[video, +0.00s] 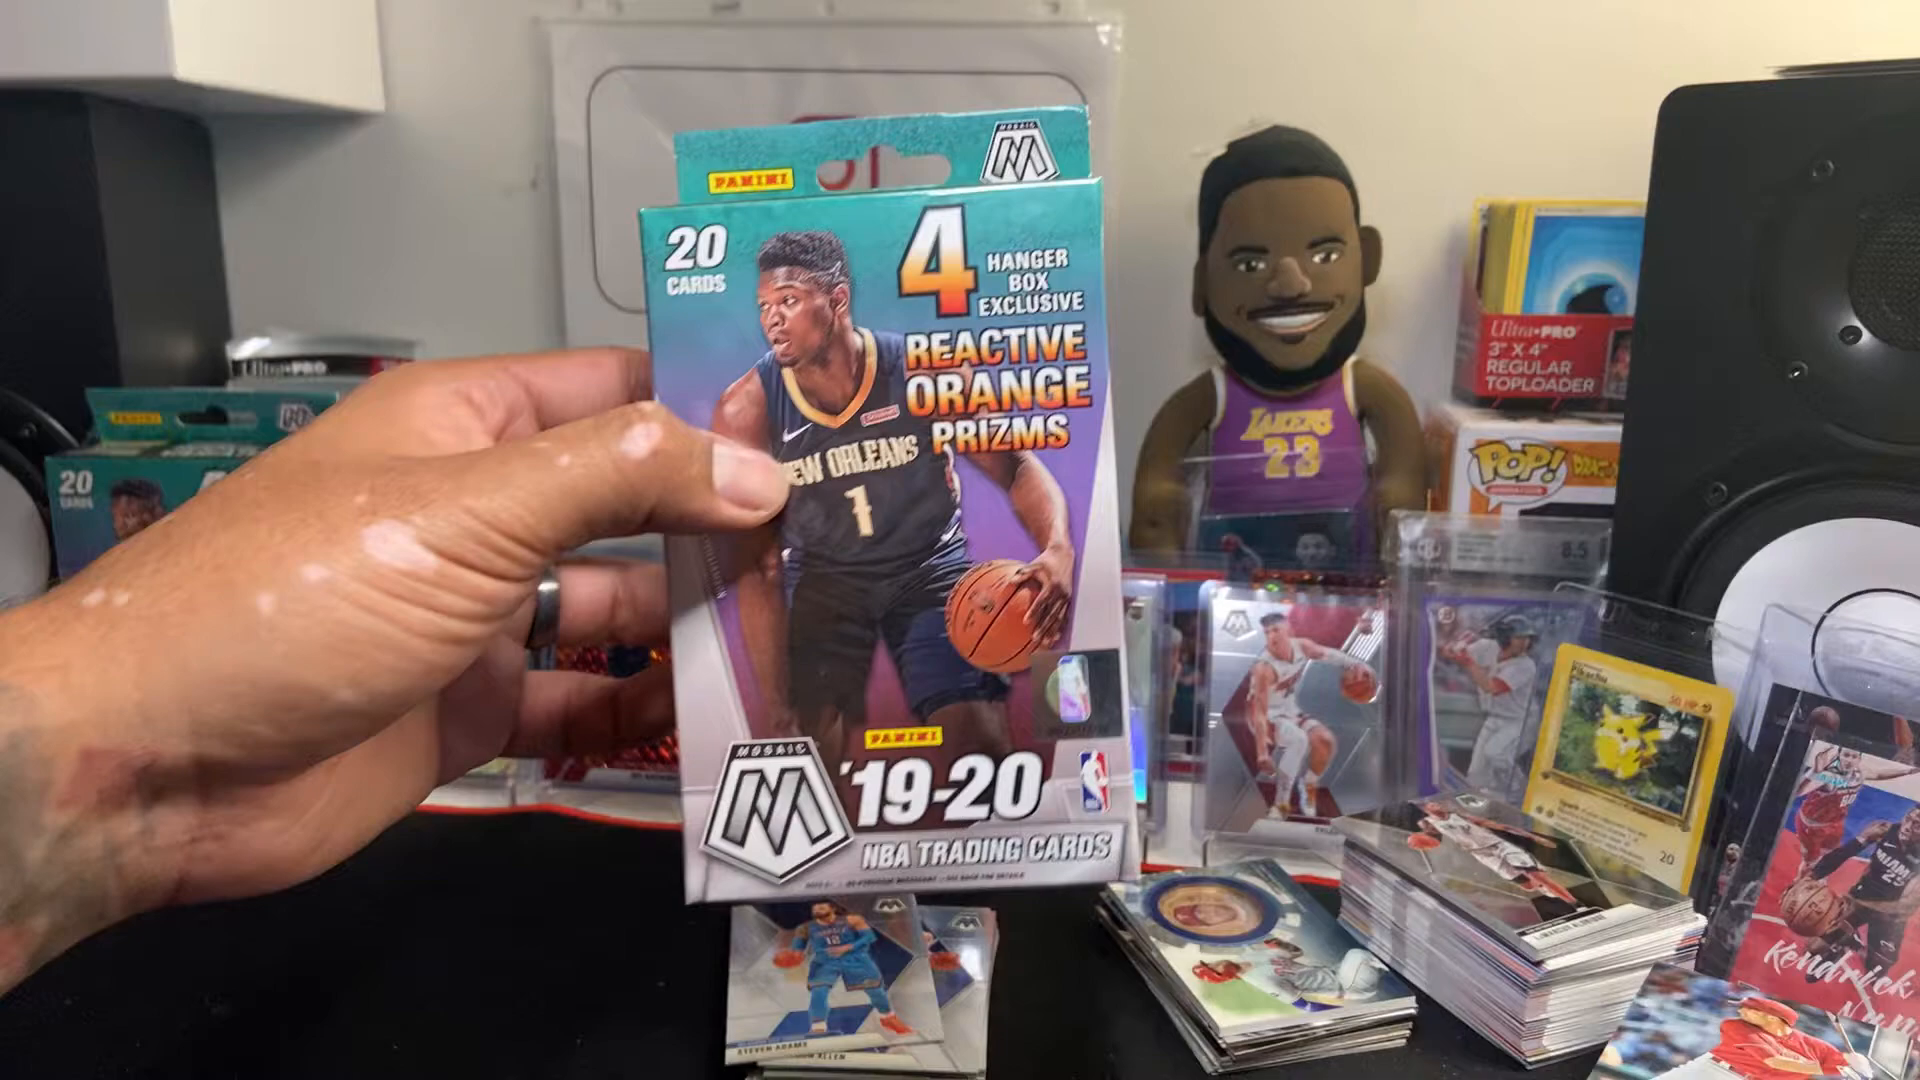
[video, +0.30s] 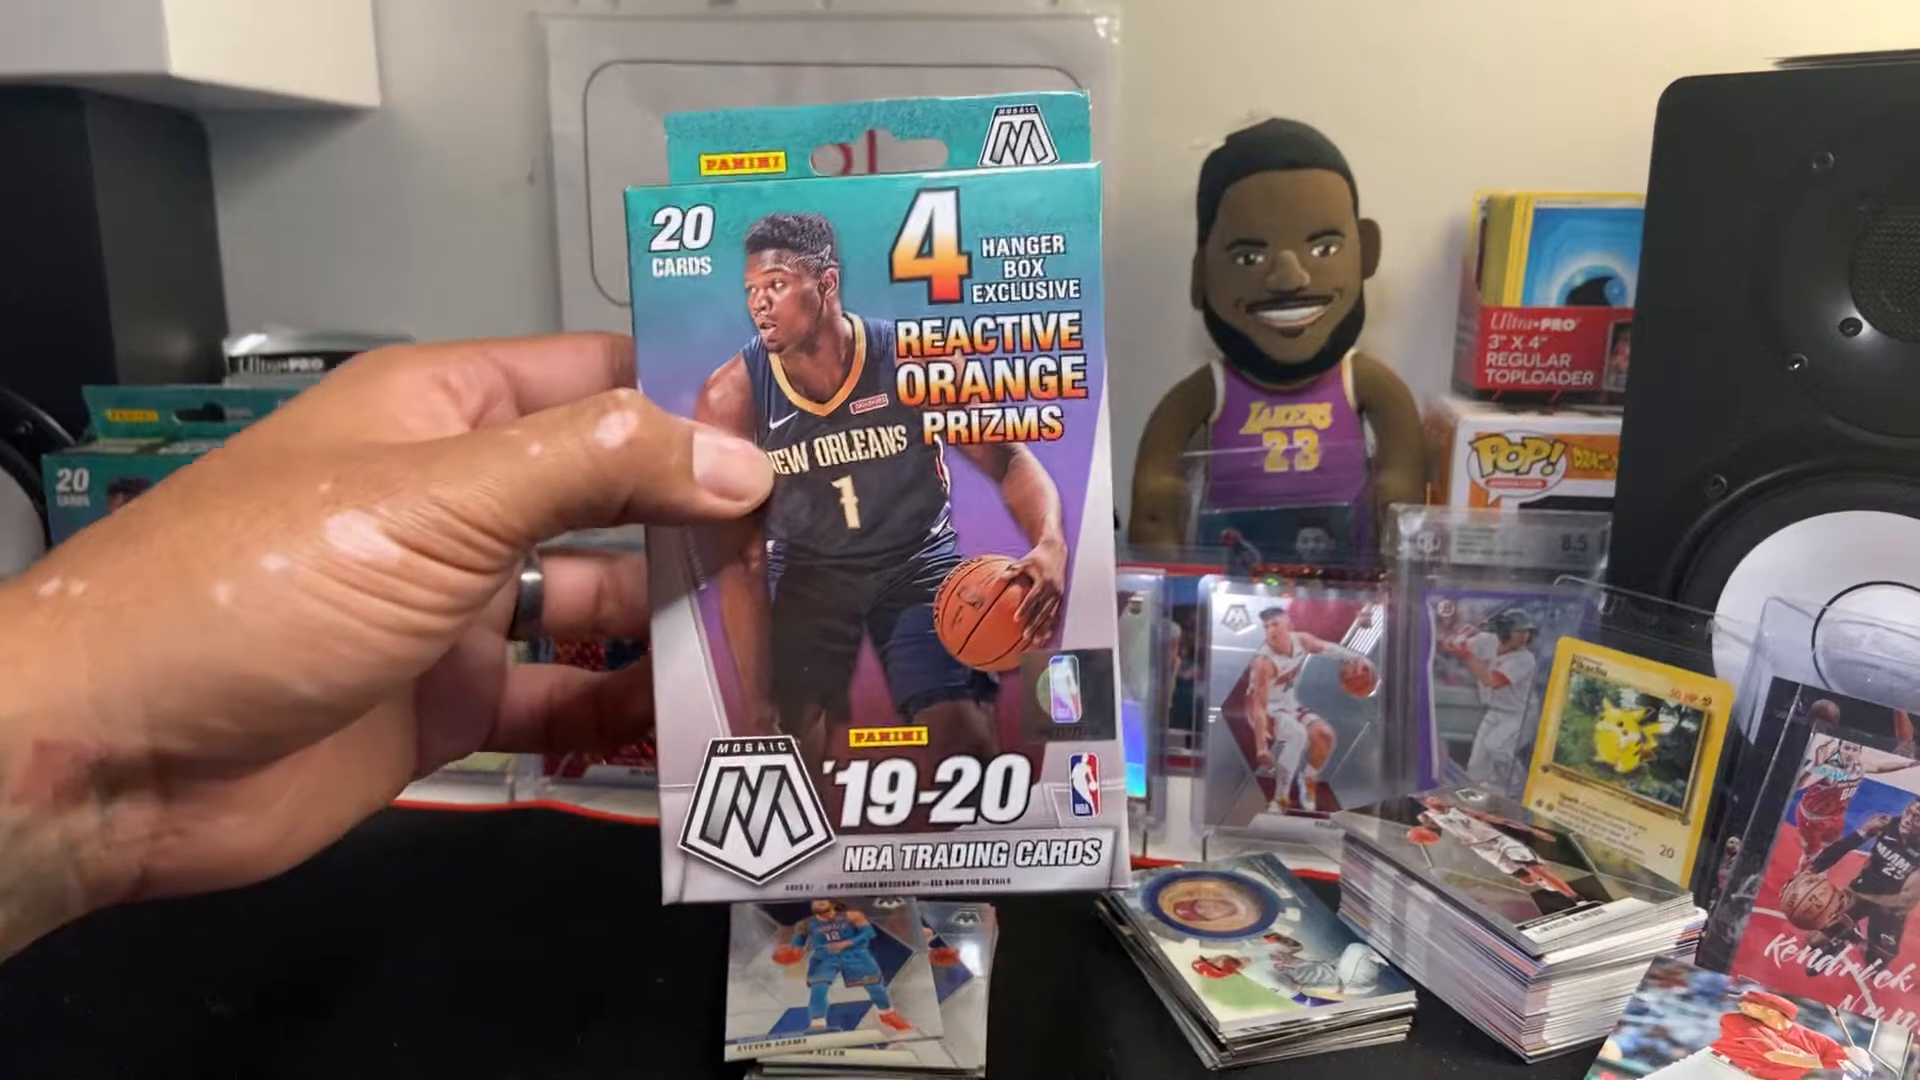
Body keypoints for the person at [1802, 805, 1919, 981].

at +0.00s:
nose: (1908, 827)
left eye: (1916, 825)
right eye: (1908, 820)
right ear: (1903, 817)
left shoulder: (1917, 861)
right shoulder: (1882, 831)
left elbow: (1906, 907)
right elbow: (1843, 853)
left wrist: (1857, 905)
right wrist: (1813, 875)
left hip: (1890, 915)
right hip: (1860, 900)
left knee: (1876, 972)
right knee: (1814, 947)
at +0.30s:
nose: (1908, 820)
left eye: (1916, 818)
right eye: (1908, 812)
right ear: (1904, 810)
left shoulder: (1917, 857)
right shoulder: (1883, 824)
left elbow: (1906, 901)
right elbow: (1843, 846)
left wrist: (1857, 899)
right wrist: (1813, 868)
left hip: (1891, 908)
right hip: (1861, 893)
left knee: (1877, 964)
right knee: (1814, 940)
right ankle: (1837, 945)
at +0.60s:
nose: (1909, 821)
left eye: (1916, 820)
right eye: (1909, 814)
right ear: (1904, 812)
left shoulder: (1917, 857)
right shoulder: (1883, 825)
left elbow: (1906, 902)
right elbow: (1843, 848)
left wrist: (1858, 901)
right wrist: (1813, 871)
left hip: (1892, 910)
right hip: (1861, 893)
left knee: (1877, 965)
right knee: (1814, 941)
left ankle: (1853, 938)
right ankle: (1837, 946)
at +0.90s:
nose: (1910, 822)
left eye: (1917, 821)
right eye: (1910, 815)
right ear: (1905, 812)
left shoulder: (1917, 858)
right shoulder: (1884, 826)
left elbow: (1907, 903)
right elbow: (1843, 849)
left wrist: (1859, 901)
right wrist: (1812, 873)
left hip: (1892, 910)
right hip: (1862, 895)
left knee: (1877, 967)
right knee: (1815, 944)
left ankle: (1853, 939)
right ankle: (1838, 947)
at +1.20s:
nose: (1910, 824)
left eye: (1917, 823)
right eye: (1910, 817)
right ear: (1906, 814)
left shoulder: (1917, 859)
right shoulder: (1885, 828)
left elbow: (1908, 905)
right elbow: (1844, 851)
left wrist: (1859, 903)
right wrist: (1814, 874)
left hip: (1893, 912)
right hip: (1862, 897)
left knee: (1878, 967)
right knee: (1816, 945)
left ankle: (1854, 940)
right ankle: (1839, 947)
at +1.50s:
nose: (1911, 825)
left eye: (1918, 824)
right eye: (1911, 818)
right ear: (1906, 815)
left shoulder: (1917, 859)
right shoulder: (1885, 829)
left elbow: (1909, 905)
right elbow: (1845, 852)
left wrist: (1860, 904)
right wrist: (1812, 876)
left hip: (1893, 914)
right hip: (1862, 899)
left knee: (1878, 970)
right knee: (1816, 947)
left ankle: (1855, 943)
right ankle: (1842, 947)